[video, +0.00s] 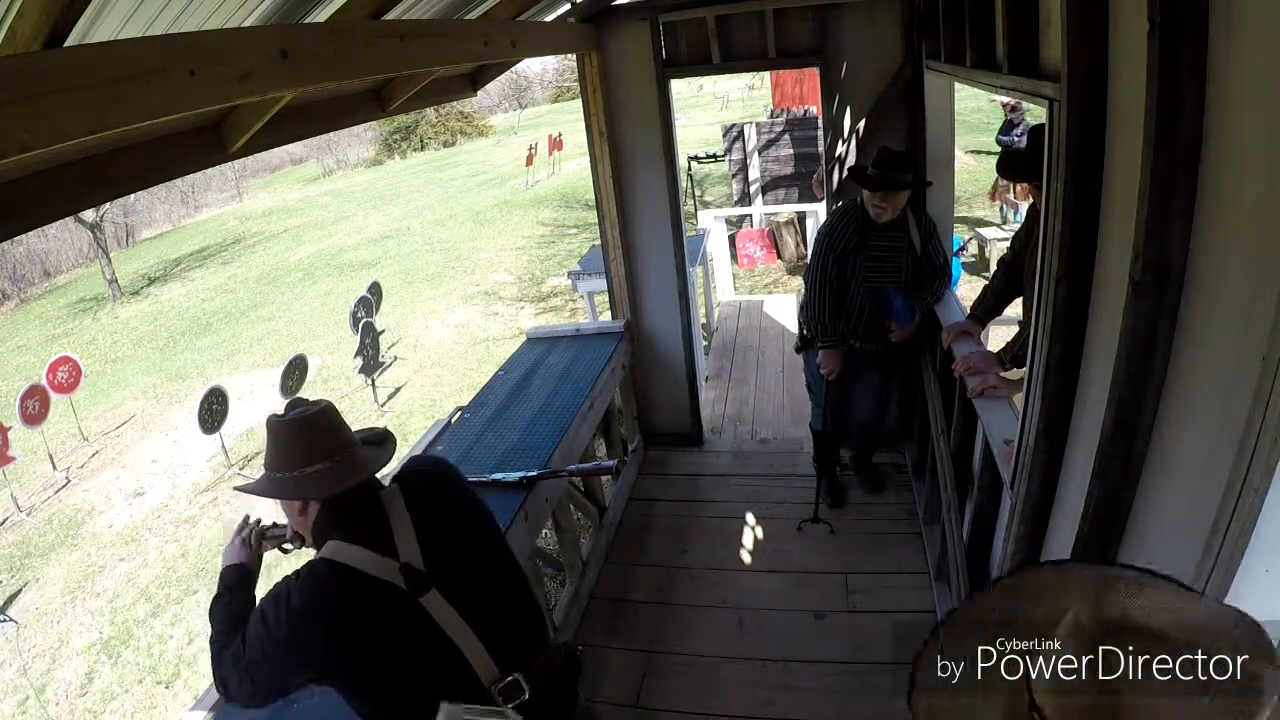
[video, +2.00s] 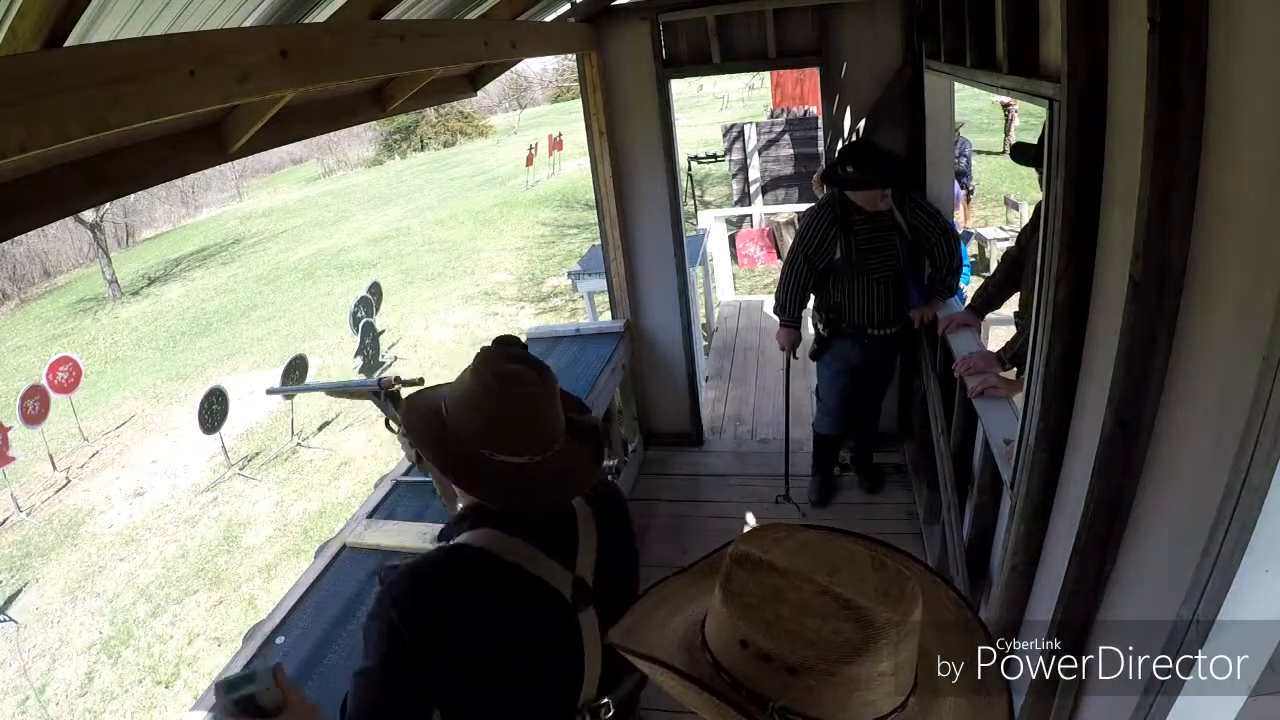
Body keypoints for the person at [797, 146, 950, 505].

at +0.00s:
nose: (880, 199)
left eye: (890, 191)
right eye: (873, 190)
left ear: (908, 193)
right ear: (862, 187)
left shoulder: (921, 227)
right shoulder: (841, 225)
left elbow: (939, 278)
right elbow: (819, 285)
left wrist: (915, 318)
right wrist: (828, 343)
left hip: (886, 341)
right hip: (834, 339)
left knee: (878, 406)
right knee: (829, 411)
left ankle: (864, 460)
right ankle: (827, 473)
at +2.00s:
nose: (884, 198)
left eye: (887, 190)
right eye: (875, 192)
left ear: (891, 183)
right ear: (852, 188)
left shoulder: (909, 209)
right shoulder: (827, 217)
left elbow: (947, 243)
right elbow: (798, 265)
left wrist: (938, 297)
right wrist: (789, 320)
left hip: (890, 334)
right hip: (840, 334)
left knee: (872, 405)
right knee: (831, 410)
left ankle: (865, 460)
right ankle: (823, 473)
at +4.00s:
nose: (837, 203)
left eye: (842, 195)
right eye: (831, 196)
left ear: (862, 180)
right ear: (824, 188)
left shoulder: (900, 206)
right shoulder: (821, 218)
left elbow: (944, 242)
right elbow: (799, 267)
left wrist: (935, 297)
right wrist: (789, 319)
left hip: (888, 332)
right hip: (837, 332)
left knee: (874, 404)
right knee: (832, 403)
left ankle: (864, 460)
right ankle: (822, 473)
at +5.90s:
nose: (836, 176)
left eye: (843, 168)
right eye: (833, 168)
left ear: (870, 168)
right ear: (829, 169)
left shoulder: (905, 203)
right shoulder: (824, 212)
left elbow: (946, 244)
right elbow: (800, 272)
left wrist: (933, 298)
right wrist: (785, 326)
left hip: (899, 338)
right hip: (840, 339)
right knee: (839, 423)